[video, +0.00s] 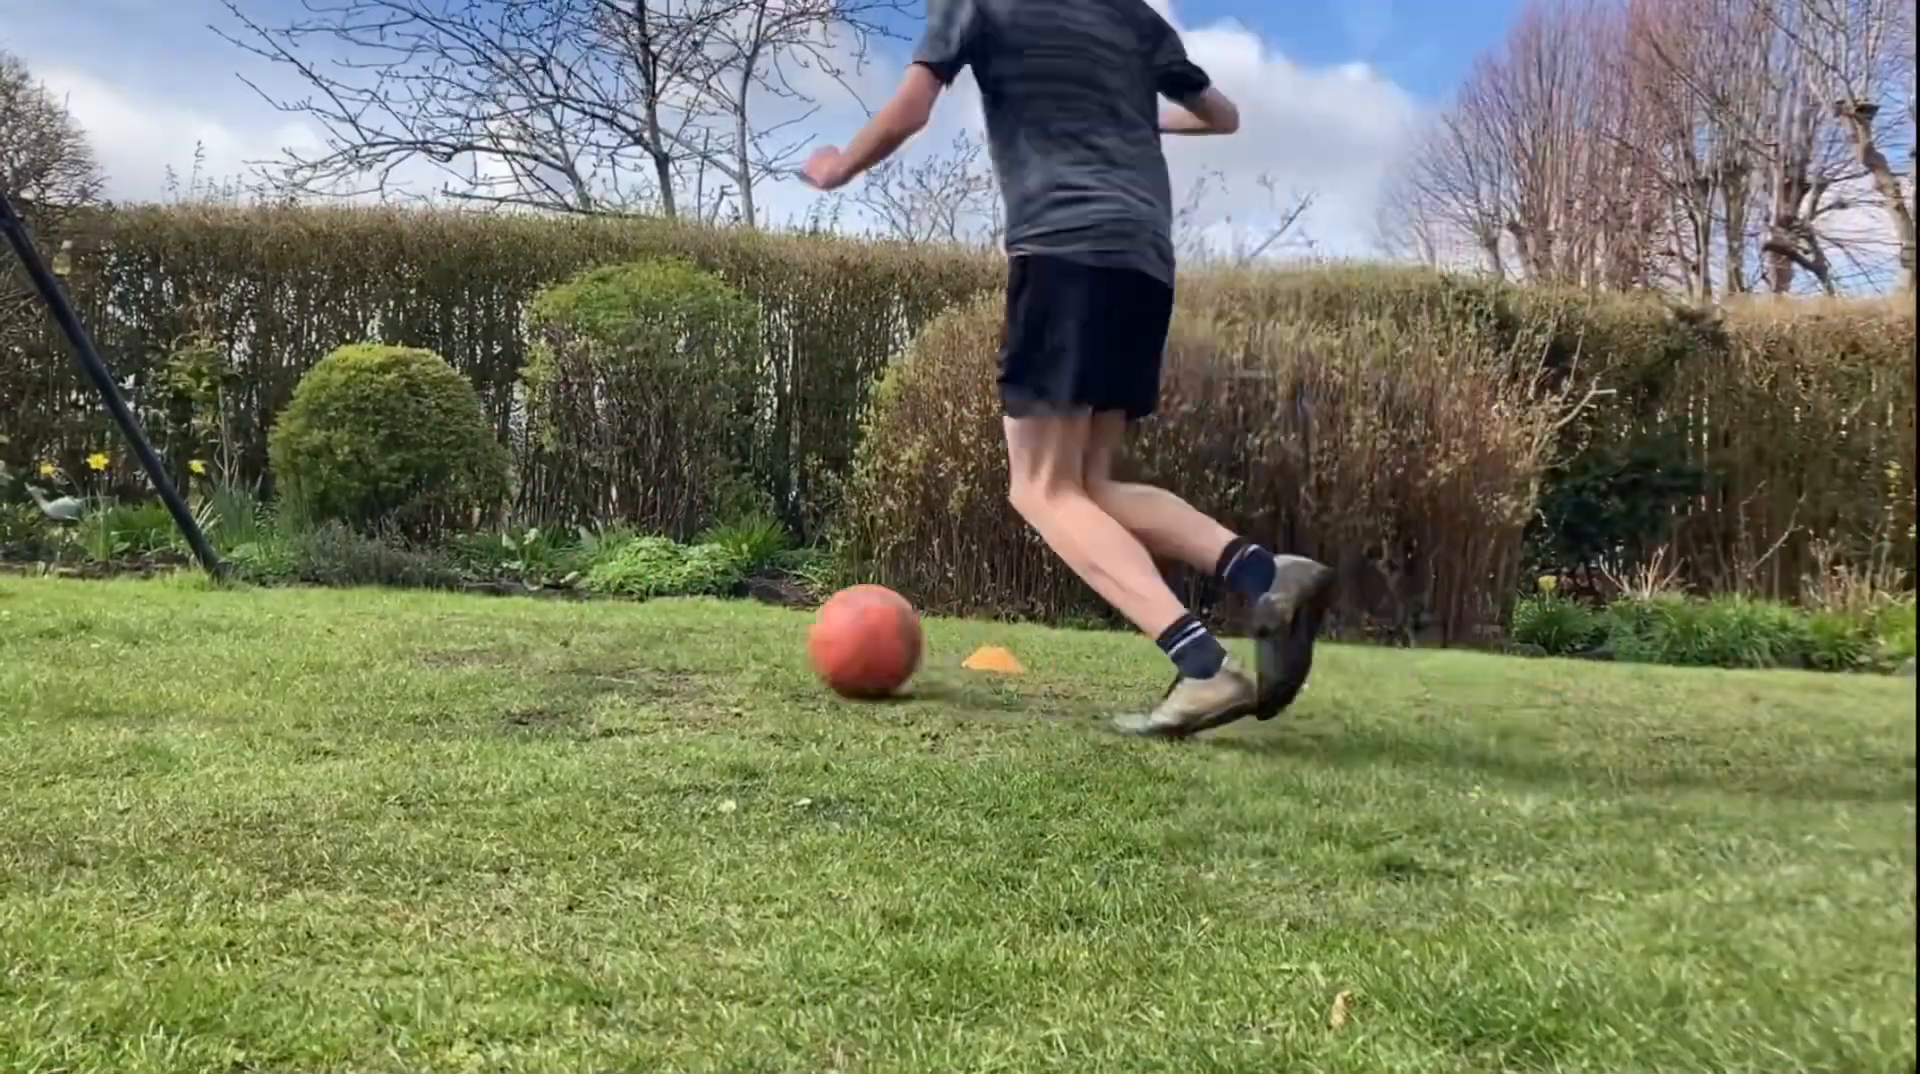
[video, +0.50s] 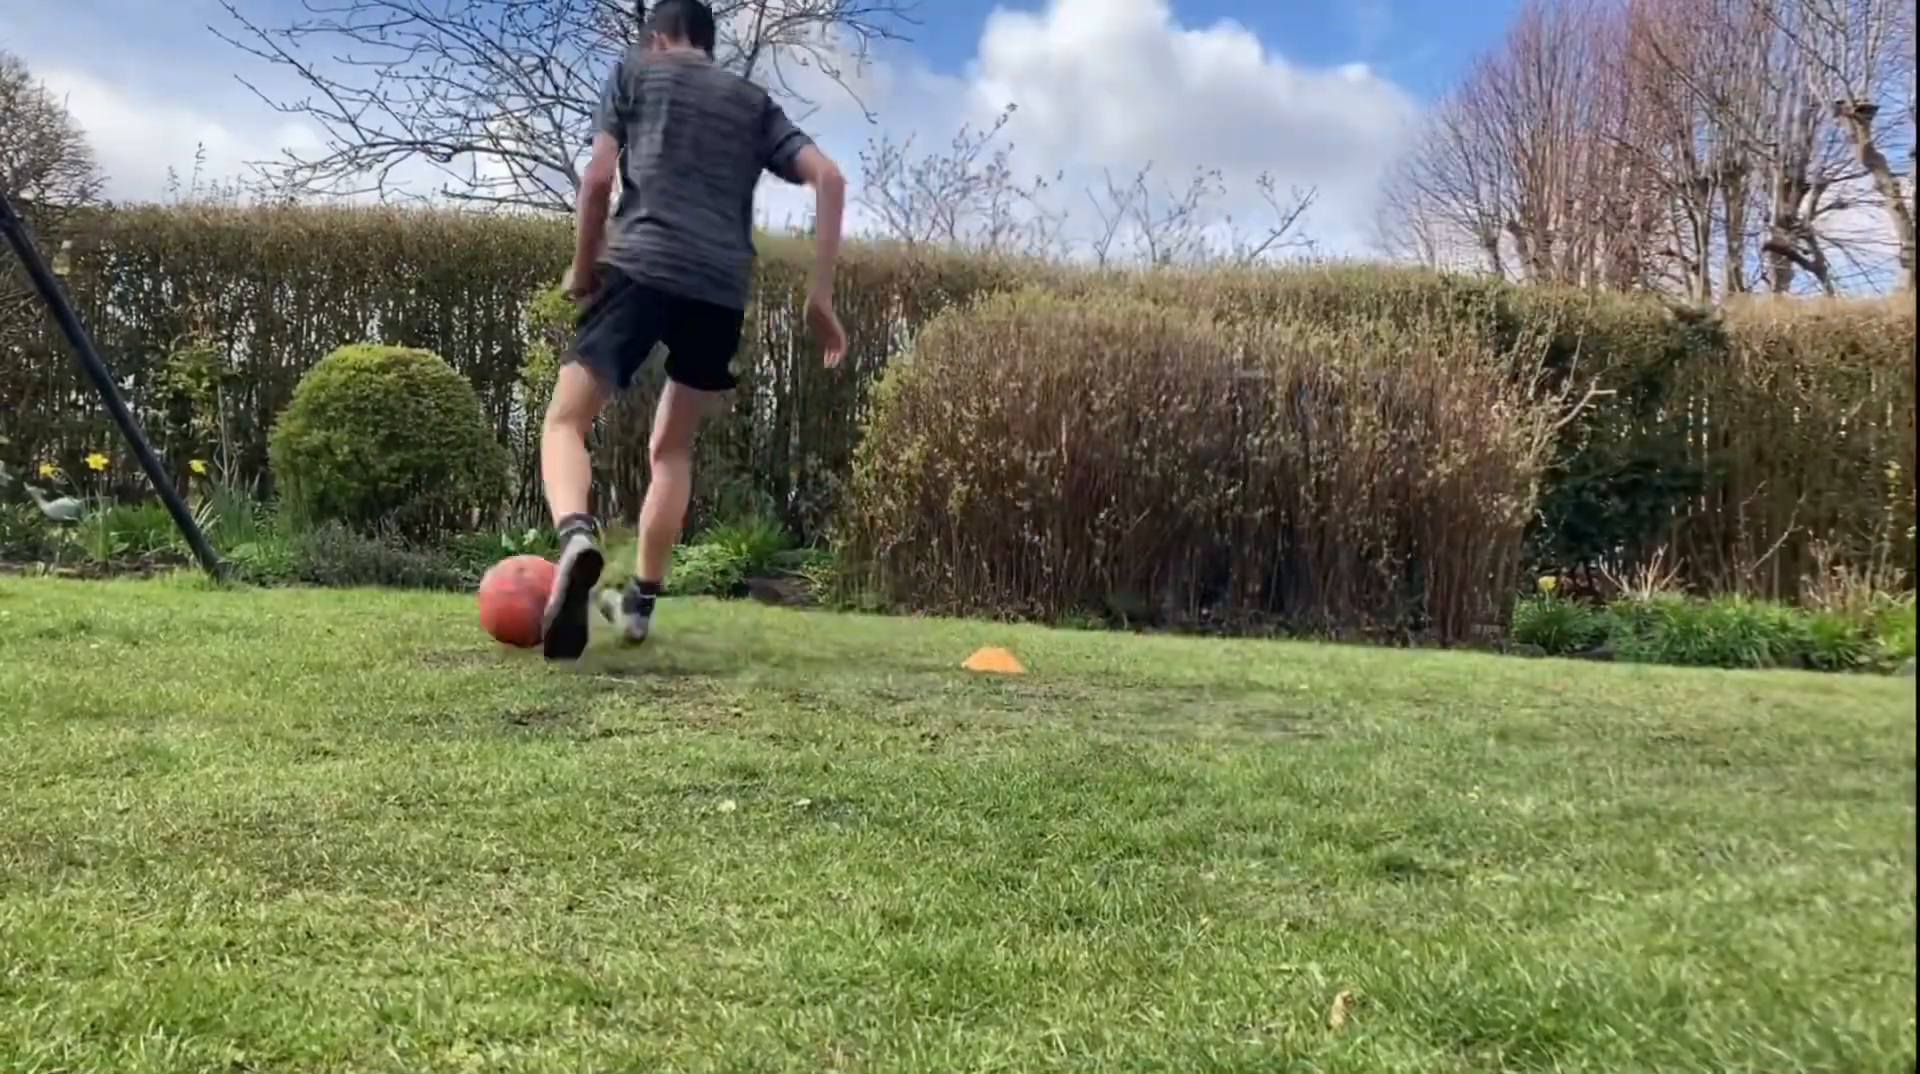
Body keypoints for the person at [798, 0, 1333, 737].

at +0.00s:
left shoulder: (977, 4)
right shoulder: (1132, 13)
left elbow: (910, 110)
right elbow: (1221, 115)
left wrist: (843, 165)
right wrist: (1152, 117)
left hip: (1061, 249)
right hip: (1147, 257)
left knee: (1042, 490)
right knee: (1093, 487)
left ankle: (1203, 666)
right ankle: (1263, 579)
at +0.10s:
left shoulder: (881, 3)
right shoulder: (1031, 7)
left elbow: (839, 107)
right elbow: (1137, 102)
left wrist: (782, 154)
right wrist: (1051, 116)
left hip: (957, 218)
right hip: (1043, 220)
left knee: (1009, 455)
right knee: (930, 415)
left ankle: (1145, 621)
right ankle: (998, 618)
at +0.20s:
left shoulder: (807, 9)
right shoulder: (947, 20)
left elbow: (794, 109)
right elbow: (1031, 130)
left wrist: (733, 175)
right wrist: (970, 177)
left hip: (865, 225)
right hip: (946, 235)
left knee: (879, 443)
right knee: (863, 425)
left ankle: (978, 537)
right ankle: (884, 634)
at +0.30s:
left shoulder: (737, 9)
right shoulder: (863, 31)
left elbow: (724, 115)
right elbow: (940, 134)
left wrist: (676, 181)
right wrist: (903, 234)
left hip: (796, 223)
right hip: (876, 239)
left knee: (727, 407)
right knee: (793, 410)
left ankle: (777, 589)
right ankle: (869, 579)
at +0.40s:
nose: (667, 20)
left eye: (668, 12)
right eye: (670, 15)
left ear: (685, 5)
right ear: (734, 9)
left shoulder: (673, 38)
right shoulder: (793, 58)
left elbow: (648, 146)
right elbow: (878, 142)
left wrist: (626, 209)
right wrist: (868, 266)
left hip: (715, 246)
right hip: (794, 261)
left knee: (654, 424)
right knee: (723, 410)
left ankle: (646, 627)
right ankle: (772, 572)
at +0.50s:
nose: (646, 51)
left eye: (647, 41)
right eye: (650, 42)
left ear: (660, 36)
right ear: (711, 44)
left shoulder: (639, 69)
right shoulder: (754, 100)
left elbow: (597, 178)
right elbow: (831, 178)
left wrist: (583, 269)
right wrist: (821, 294)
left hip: (640, 272)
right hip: (721, 292)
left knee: (566, 421)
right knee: (672, 449)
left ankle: (576, 534)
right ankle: (641, 605)